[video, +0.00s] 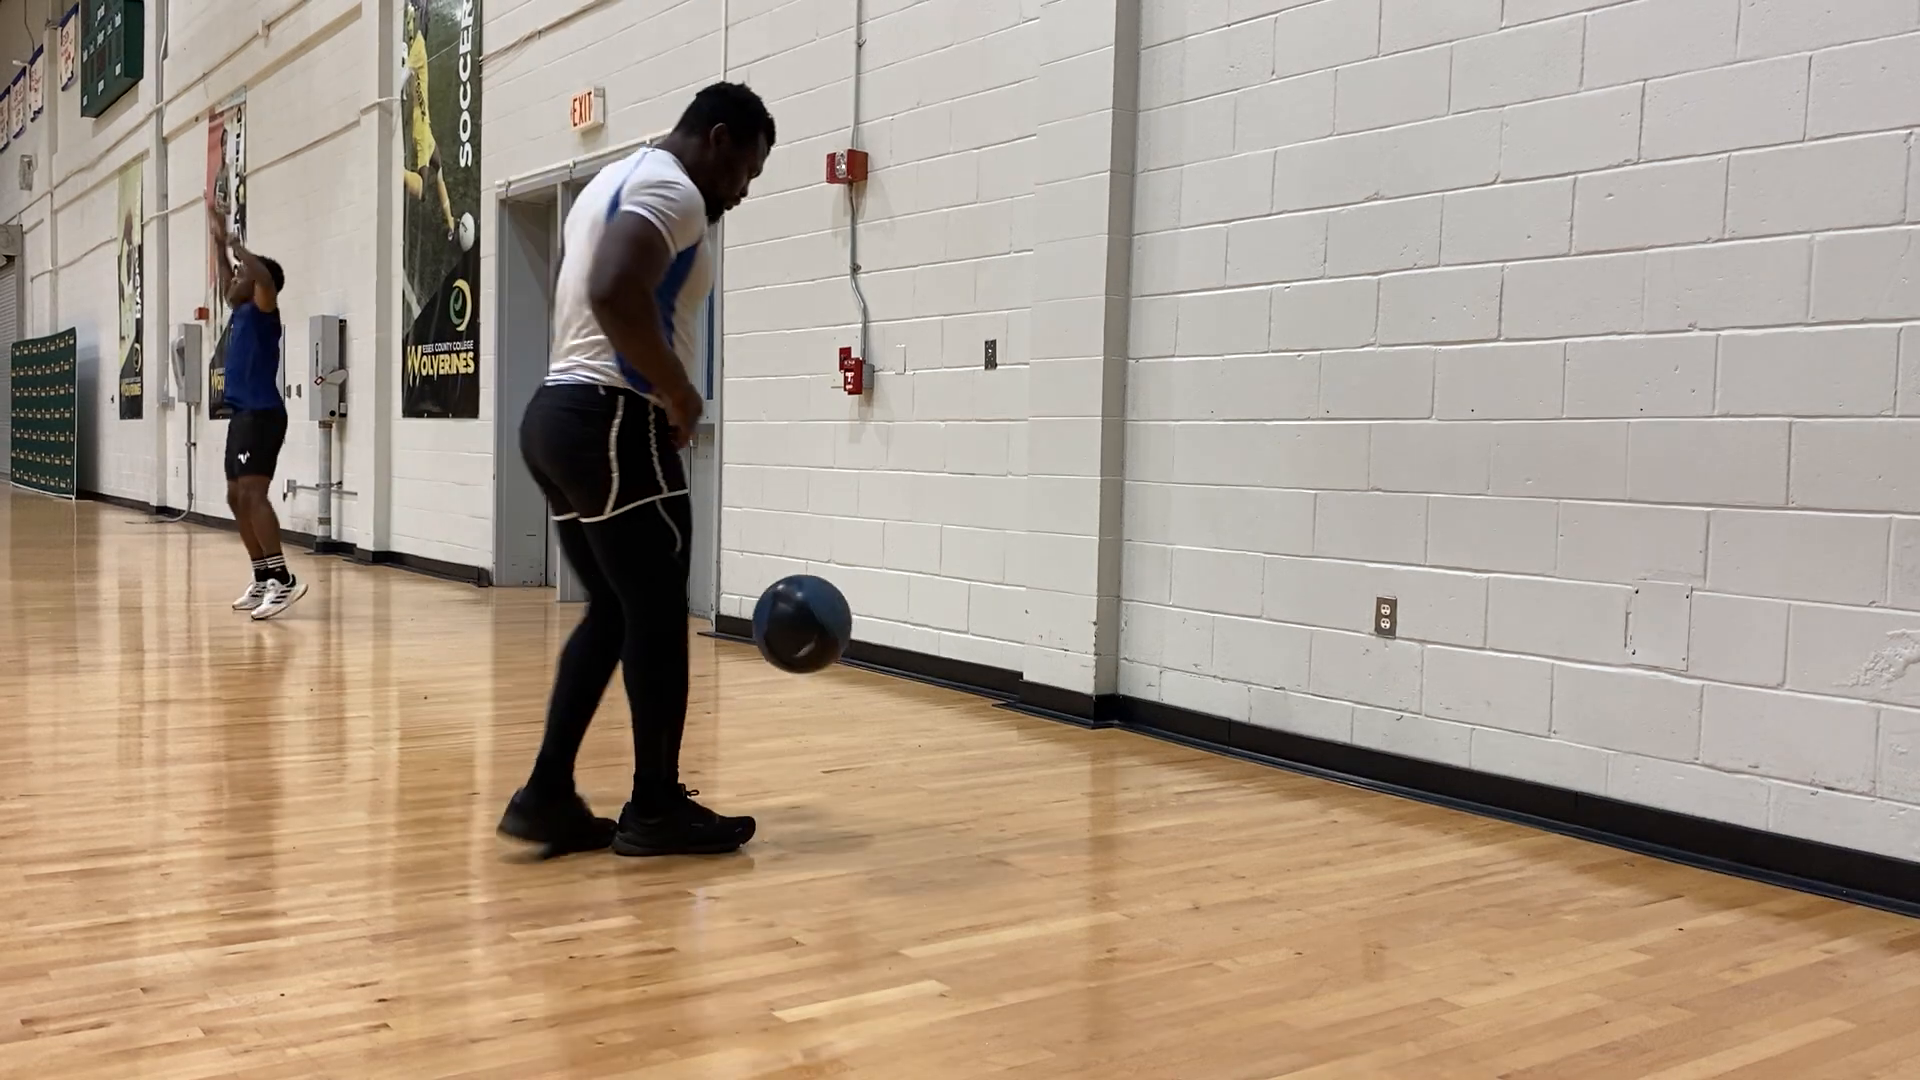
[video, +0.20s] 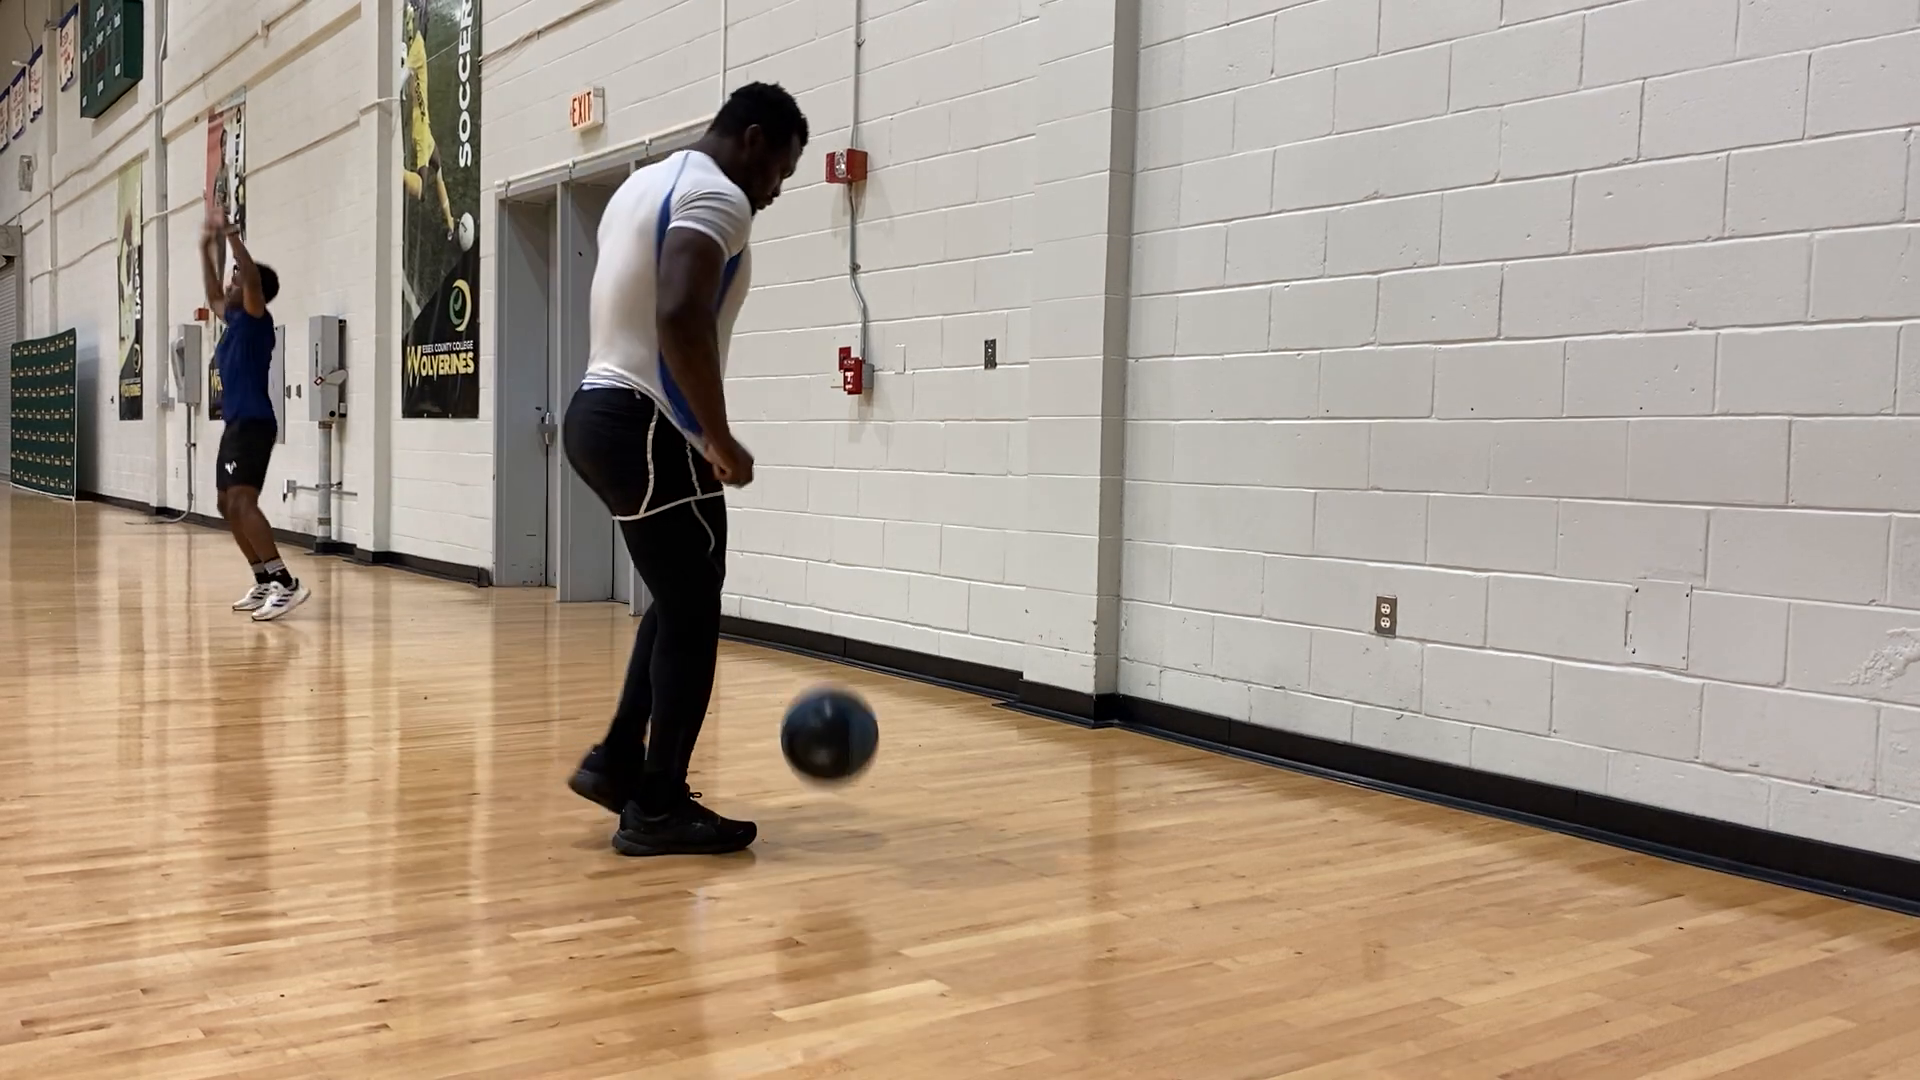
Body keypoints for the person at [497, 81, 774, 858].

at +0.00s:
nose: (745, 190)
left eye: (754, 176)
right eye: (750, 169)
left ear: (700, 133)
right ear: (717, 139)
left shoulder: (612, 179)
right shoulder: (669, 185)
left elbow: (584, 301)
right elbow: (615, 290)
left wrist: (647, 386)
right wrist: (679, 393)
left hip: (558, 414)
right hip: (612, 416)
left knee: (611, 607)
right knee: (659, 612)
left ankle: (546, 793)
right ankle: (657, 803)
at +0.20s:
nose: (779, 187)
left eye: (786, 173)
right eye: (782, 166)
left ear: (725, 132)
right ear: (750, 137)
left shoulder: (645, 184)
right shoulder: (713, 192)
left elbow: (627, 313)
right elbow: (679, 311)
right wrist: (718, 435)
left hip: (599, 414)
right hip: (643, 419)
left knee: (680, 594)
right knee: (694, 604)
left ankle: (618, 758)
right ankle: (659, 803)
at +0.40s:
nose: (829, 228)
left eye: (838, 214)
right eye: (834, 209)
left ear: (794, 172)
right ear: (806, 178)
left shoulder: (712, 206)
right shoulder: (743, 219)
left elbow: (679, 338)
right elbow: (700, 334)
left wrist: (713, 444)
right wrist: (710, 461)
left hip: (619, 414)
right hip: (646, 420)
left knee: (693, 602)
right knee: (709, 607)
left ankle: (652, 789)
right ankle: (664, 802)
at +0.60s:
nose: (870, 364)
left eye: (879, 350)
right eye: (875, 345)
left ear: (840, 309)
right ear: (851, 316)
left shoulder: (768, 320)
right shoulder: (784, 331)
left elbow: (745, 473)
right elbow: (761, 461)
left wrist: (794, 562)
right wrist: (827, 567)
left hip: (595, 463)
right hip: (613, 468)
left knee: (716, 609)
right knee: (739, 611)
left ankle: (653, 790)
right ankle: (663, 800)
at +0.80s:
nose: (875, 473)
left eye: (883, 462)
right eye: (879, 457)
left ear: (839, 426)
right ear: (849, 432)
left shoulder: (785, 444)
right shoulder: (809, 464)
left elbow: (820, 600)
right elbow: (831, 604)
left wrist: (874, 690)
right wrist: (896, 705)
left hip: (595, 557)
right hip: (611, 567)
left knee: (772, 633)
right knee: (780, 643)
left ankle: (658, 788)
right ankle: (670, 799)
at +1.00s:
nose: (863, 475)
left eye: (868, 460)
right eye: (862, 458)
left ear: (816, 440)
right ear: (827, 443)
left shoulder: (765, 474)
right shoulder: (805, 491)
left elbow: (812, 618)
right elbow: (853, 612)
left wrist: (876, 701)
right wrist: (924, 694)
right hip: (656, 664)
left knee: (826, 663)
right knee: (838, 685)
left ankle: (680, 774)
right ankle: (683, 785)